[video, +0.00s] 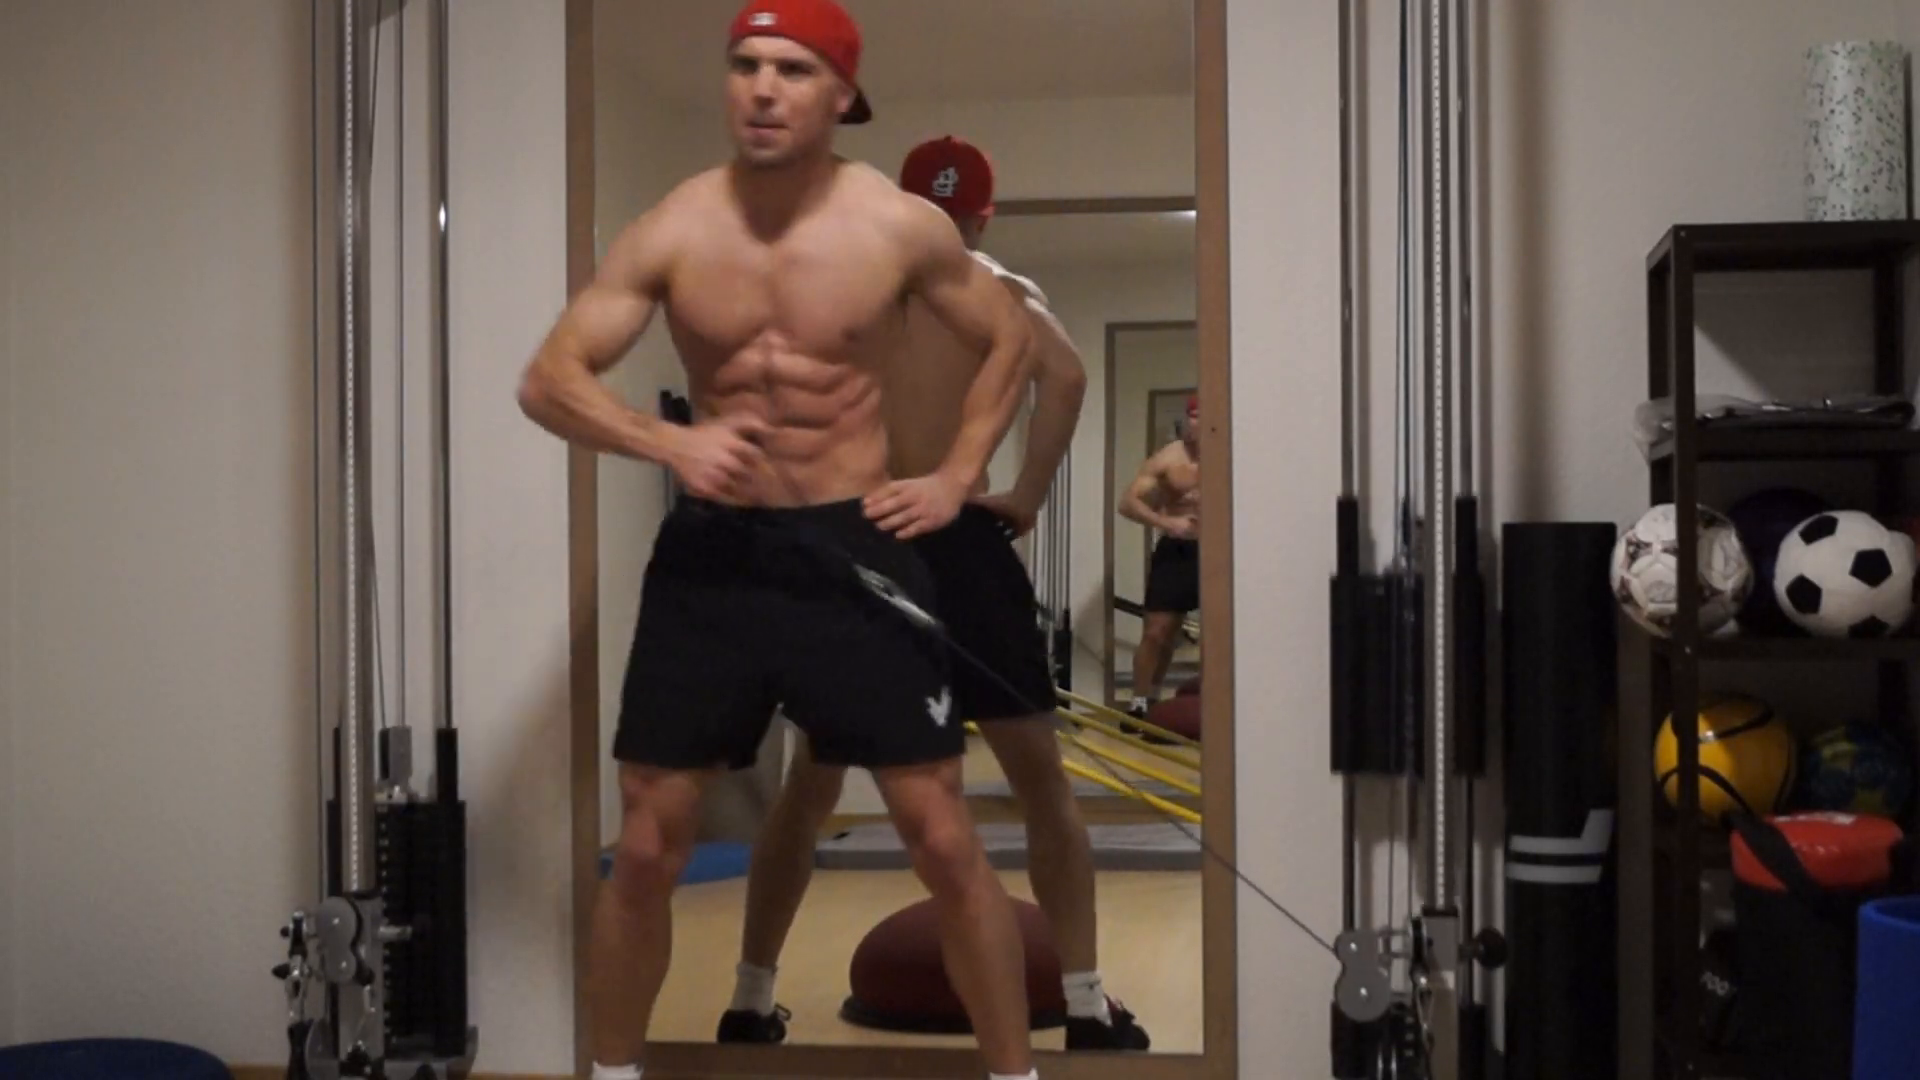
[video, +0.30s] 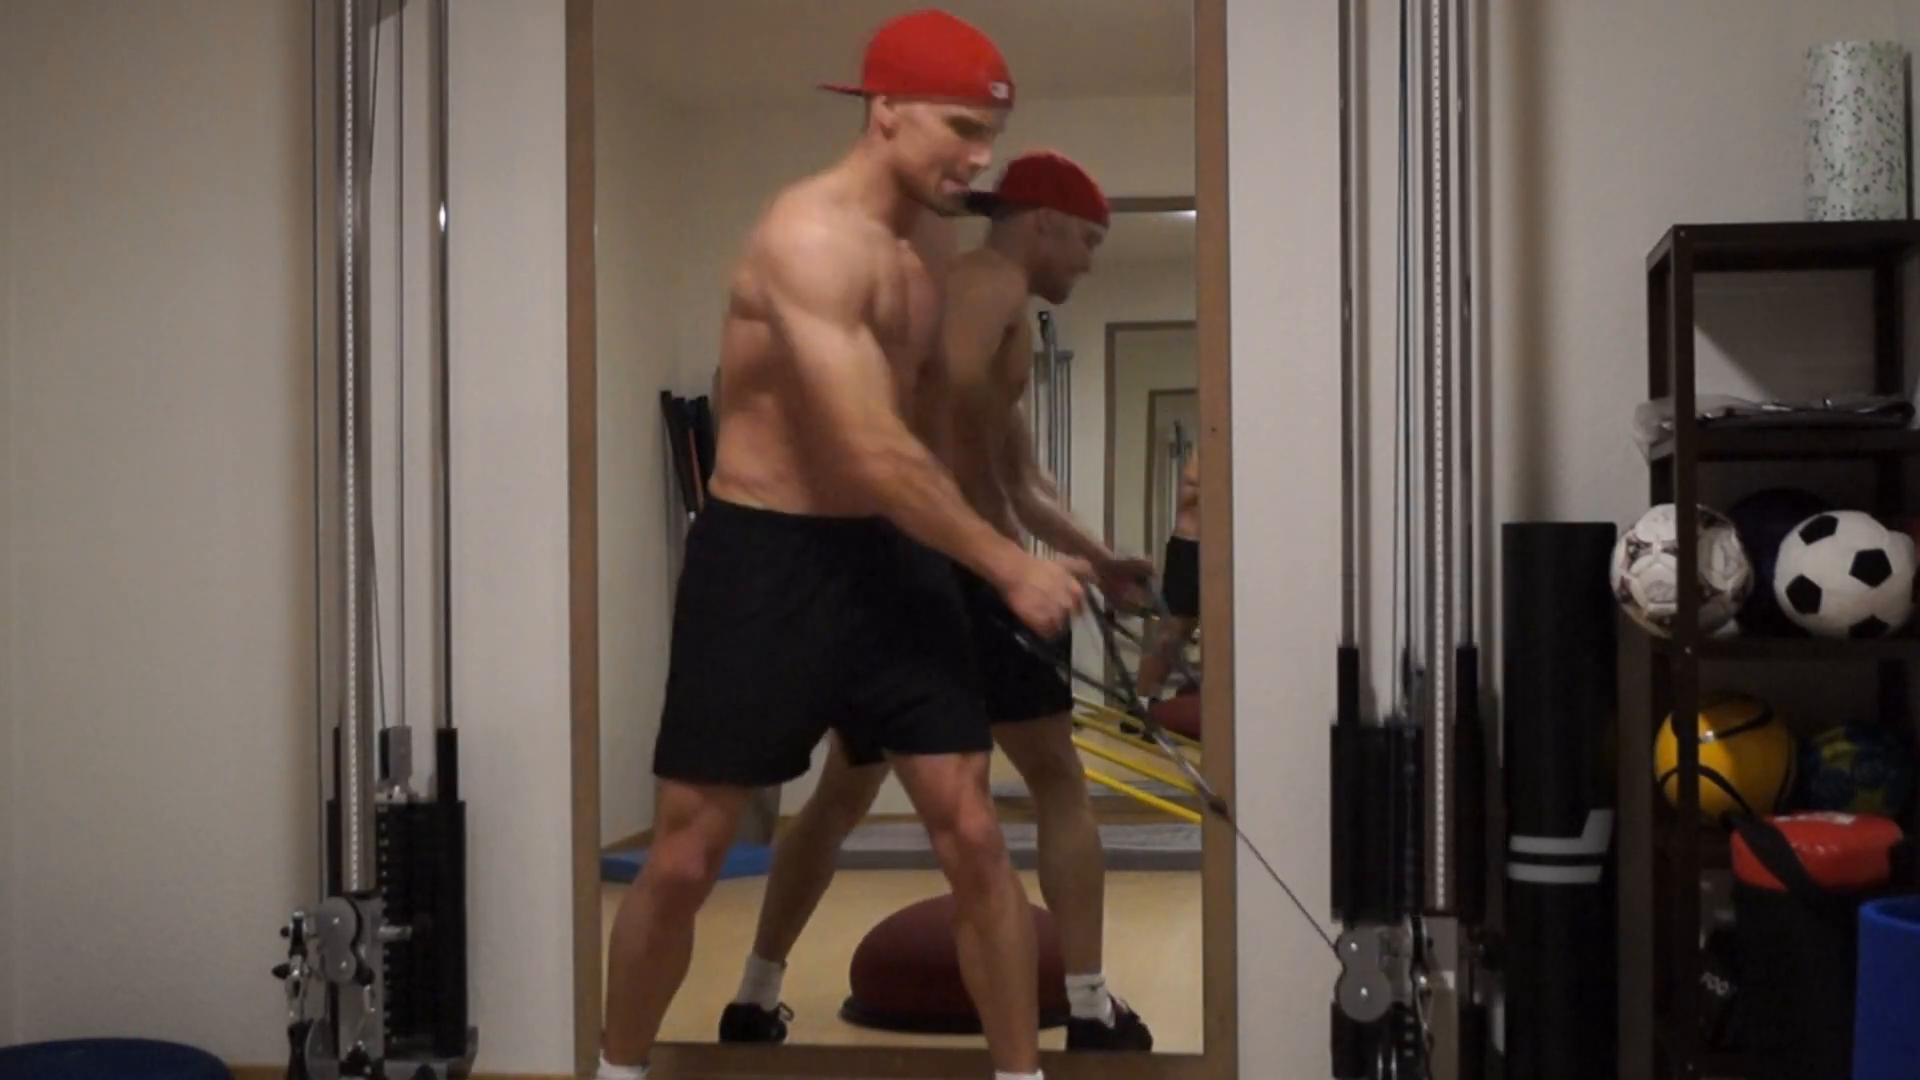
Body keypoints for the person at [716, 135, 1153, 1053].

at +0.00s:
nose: (979, 226)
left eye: (962, 210)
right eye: (981, 213)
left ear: (899, 204)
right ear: (981, 216)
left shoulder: (838, 278)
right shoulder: (999, 291)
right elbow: (1066, 373)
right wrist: (1026, 497)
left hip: (851, 552)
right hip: (967, 548)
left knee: (809, 790)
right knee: (1041, 781)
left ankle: (751, 999)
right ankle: (1084, 1003)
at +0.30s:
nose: (1092, 260)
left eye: (1095, 244)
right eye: (1088, 240)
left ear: (1031, 224)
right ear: (1042, 224)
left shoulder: (986, 305)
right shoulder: (991, 291)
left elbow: (1019, 480)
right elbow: (953, 443)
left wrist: (1096, 553)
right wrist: (1010, 554)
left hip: (901, 567)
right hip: (966, 573)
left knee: (840, 793)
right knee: (1059, 781)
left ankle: (756, 994)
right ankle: (1087, 1004)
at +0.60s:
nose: (1075, 299)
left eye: (1081, 283)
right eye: (1074, 279)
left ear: (1032, 263)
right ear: (1033, 258)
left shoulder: (994, 364)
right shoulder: (960, 300)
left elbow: (1042, 508)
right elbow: (913, 468)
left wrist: (1114, 606)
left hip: (891, 586)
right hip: (936, 586)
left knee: (858, 798)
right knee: (1051, 784)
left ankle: (764, 989)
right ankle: (1088, 1004)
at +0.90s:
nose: (970, 281)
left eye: (967, 271)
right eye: (972, 270)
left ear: (872, 234)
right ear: (954, 254)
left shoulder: (813, 288)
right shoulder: (969, 298)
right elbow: (1043, 382)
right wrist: (1003, 505)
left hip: (812, 559)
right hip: (932, 551)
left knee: (785, 792)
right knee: (1010, 784)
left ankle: (753, 996)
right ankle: (1081, 1000)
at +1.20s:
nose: (973, 272)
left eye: (966, 264)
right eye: (973, 261)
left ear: (864, 234)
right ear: (957, 248)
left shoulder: (809, 290)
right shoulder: (970, 299)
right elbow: (1046, 381)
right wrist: (1016, 502)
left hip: (808, 562)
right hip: (931, 552)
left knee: (785, 788)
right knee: (1012, 779)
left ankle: (750, 999)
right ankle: (1079, 1003)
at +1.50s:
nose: (1077, 302)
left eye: (1086, 288)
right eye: (1082, 280)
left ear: (1044, 252)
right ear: (1044, 245)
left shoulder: (998, 331)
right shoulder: (972, 282)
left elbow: (972, 489)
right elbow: (887, 383)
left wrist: (1066, 565)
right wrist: (938, 503)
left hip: (940, 572)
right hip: (930, 572)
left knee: (841, 798)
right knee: (1060, 787)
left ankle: (761, 993)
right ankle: (1085, 1005)